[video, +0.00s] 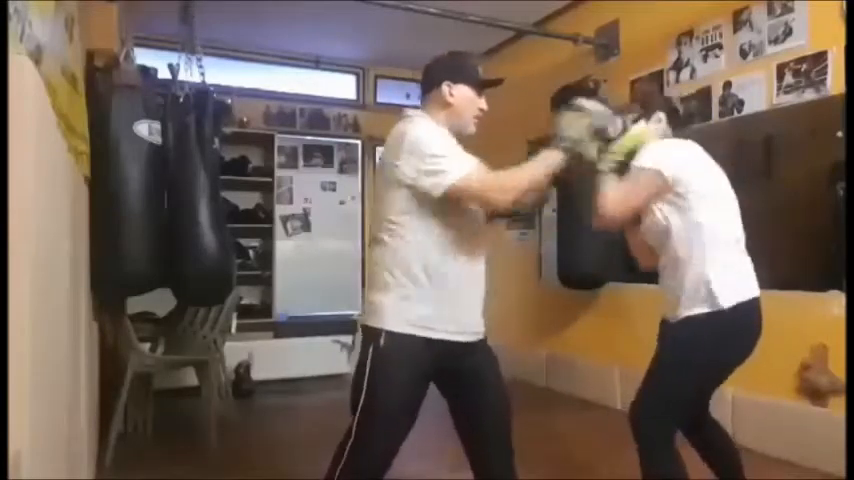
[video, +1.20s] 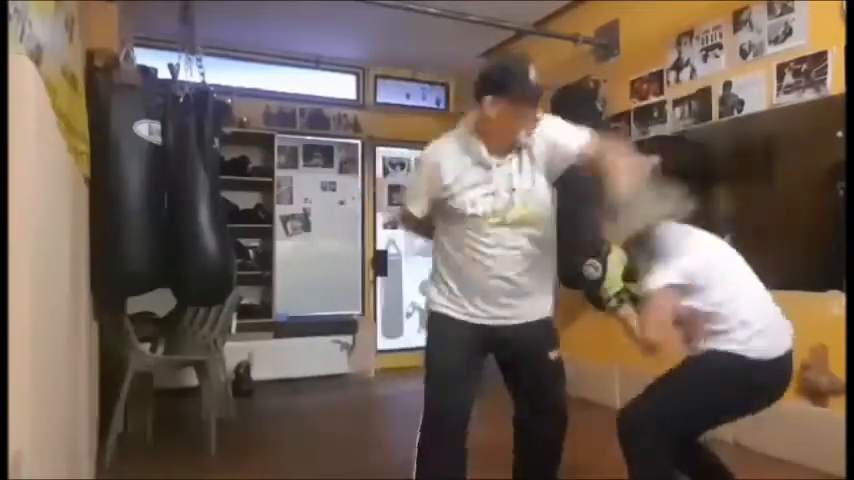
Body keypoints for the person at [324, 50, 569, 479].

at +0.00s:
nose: (485, 105)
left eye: (484, 95)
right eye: (477, 93)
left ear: (448, 95)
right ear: (446, 91)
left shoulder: (454, 150)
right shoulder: (414, 134)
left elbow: (509, 199)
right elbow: (491, 191)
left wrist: (560, 159)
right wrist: (556, 154)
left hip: (461, 334)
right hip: (400, 332)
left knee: (496, 459)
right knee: (366, 458)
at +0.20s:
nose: (456, 100)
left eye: (455, 90)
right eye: (447, 87)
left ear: (420, 91)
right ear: (417, 89)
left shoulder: (428, 146)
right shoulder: (382, 134)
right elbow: (465, 173)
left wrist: (522, 146)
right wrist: (513, 130)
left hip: (448, 330)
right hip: (385, 334)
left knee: (492, 459)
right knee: (354, 466)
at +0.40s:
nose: (448, 97)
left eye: (447, 88)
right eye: (438, 85)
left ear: (412, 91)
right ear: (407, 89)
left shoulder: (433, 147)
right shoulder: (366, 142)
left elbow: (474, 196)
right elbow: (413, 199)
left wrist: (527, 165)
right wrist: (468, 138)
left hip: (448, 334)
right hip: (381, 339)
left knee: (486, 461)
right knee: (355, 466)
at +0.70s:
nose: (469, 109)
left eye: (469, 99)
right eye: (462, 98)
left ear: (437, 98)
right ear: (435, 96)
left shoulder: (432, 151)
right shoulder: (397, 139)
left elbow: (462, 206)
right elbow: (461, 206)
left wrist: (503, 146)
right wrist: (505, 158)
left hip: (450, 332)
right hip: (391, 338)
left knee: (497, 423)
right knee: (362, 455)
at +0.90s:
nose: (511, 105)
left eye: (511, 95)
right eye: (503, 94)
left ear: (474, 99)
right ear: (474, 97)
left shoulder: (489, 158)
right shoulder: (434, 135)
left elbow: (520, 203)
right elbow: (445, 178)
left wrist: (582, 206)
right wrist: (514, 139)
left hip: (493, 329)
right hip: (430, 329)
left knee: (528, 422)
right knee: (382, 444)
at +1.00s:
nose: (536, 105)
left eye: (536, 95)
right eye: (529, 94)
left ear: (505, 96)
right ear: (498, 94)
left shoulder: (536, 143)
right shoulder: (447, 138)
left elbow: (593, 143)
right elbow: (385, 180)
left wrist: (646, 141)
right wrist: (405, 215)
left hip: (510, 321)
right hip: (442, 319)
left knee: (535, 425)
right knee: (405, 428)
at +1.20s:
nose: (532, 121)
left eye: (533, 111)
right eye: (523, 110)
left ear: (533, 108)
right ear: (490, 106)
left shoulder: (542, 138)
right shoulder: (442, 155)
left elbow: (606, 149)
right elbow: (413, 218)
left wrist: (621, 172)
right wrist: (459, 239)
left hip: (528, 317)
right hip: (456, 316)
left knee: (545, 418)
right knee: (444, 424)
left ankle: (535, 479)